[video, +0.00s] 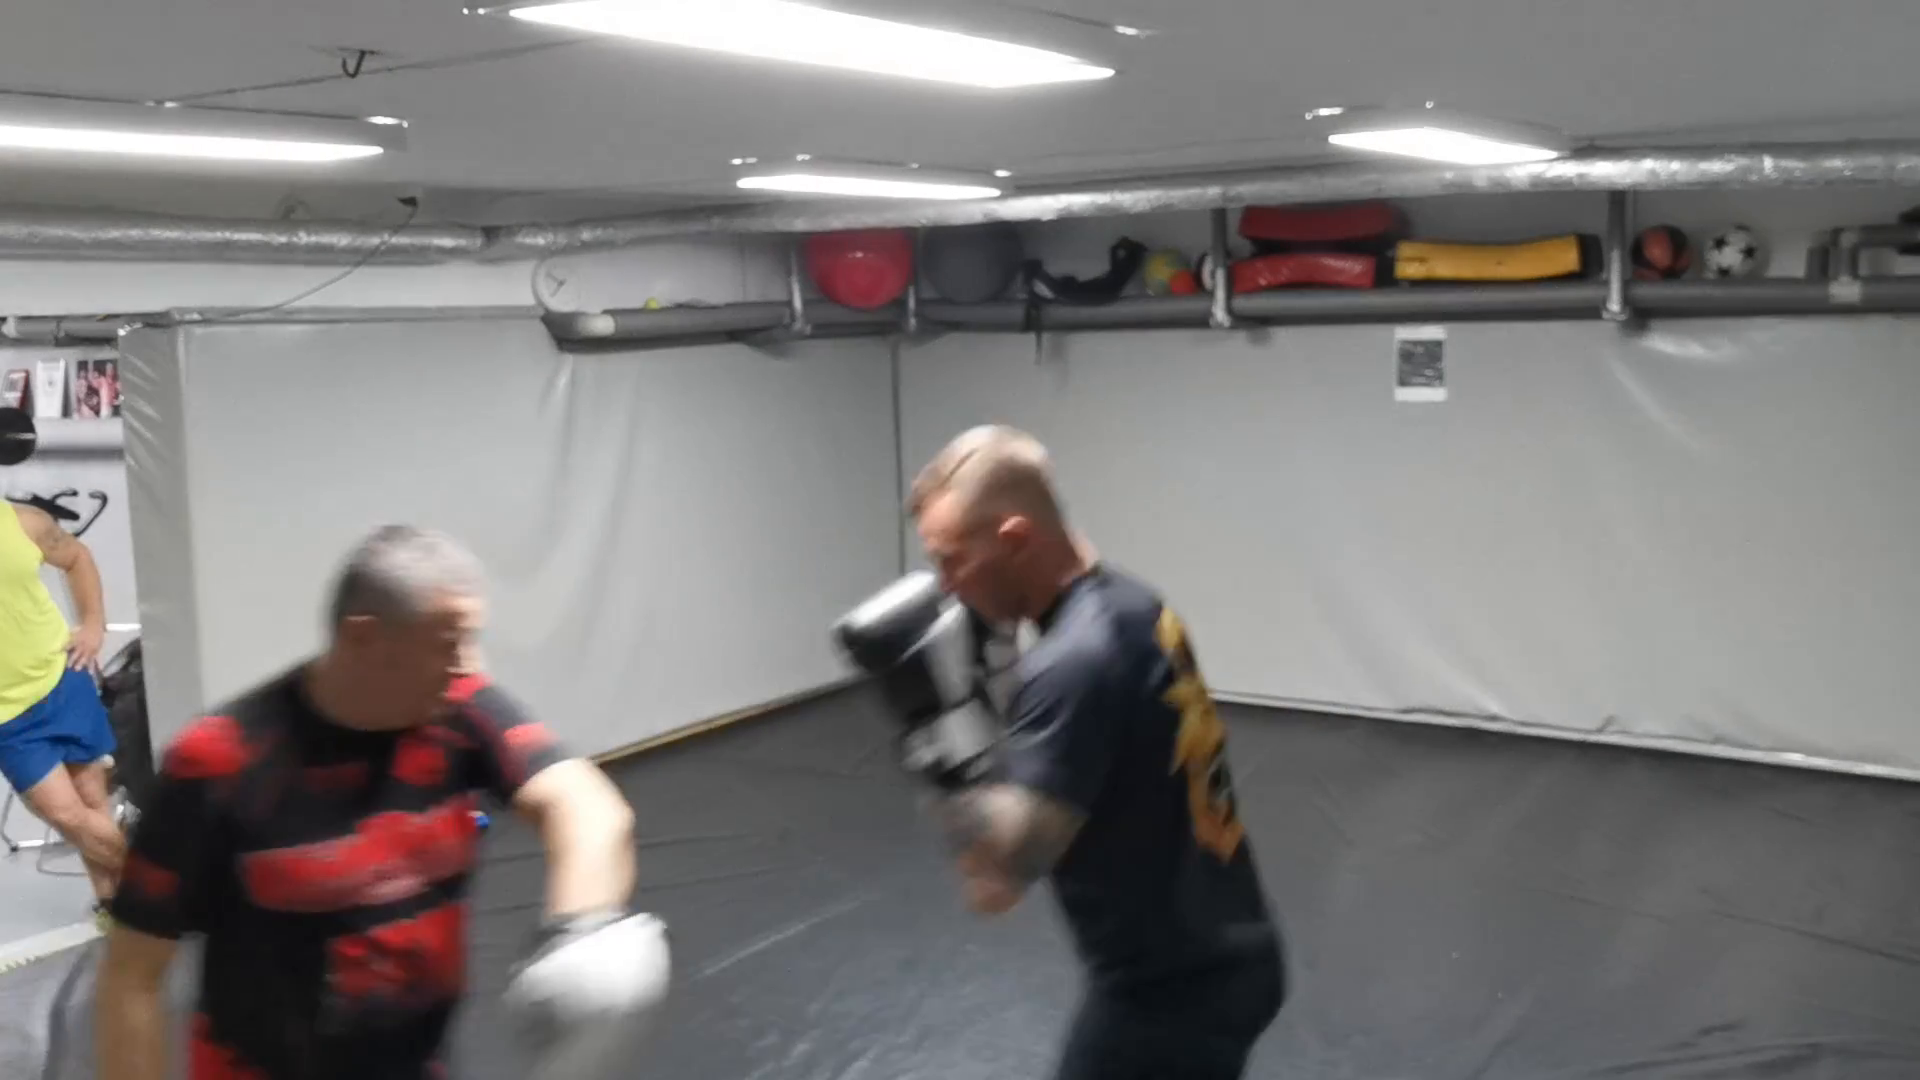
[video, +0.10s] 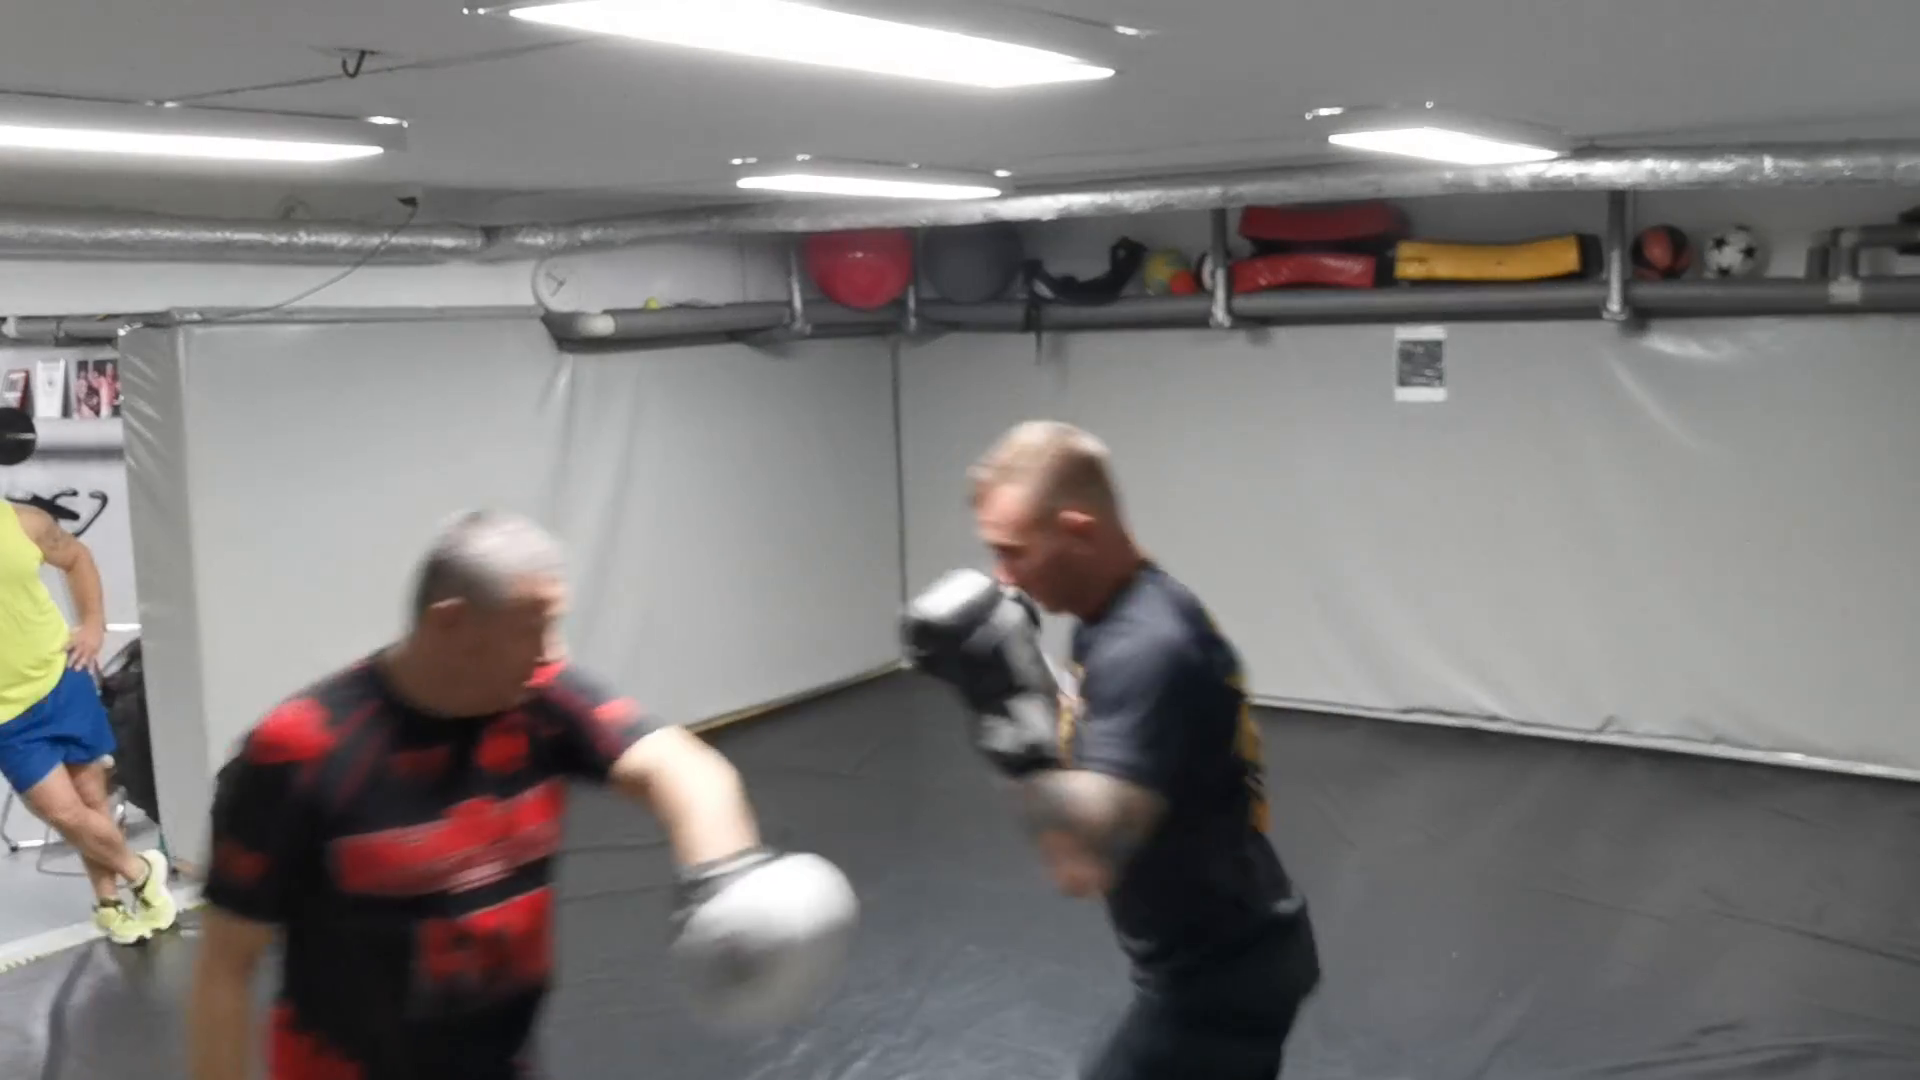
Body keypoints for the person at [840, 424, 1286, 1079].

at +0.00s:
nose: (945, 586)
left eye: (952, 561)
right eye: (938, 565)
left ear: (1016, 537)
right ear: (1022, 538)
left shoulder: (1076, 663)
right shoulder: (1126, 608)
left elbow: (1011, 855)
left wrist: (940, 724)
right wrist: (996, 865)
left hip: (1168, 987)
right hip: (1223, 955)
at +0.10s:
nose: (1000, 578)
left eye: (1012, 552)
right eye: (994, 554)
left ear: (1076, 532)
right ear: (1077, 534)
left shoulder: (1151, 646)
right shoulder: (1116, 622)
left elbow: (1101, 828)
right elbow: (1088, 749)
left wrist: (1006, 705)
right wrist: (1079, 852)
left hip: (1222, 969)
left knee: (1115, 1069)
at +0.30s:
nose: (1109, 586)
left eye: (1131, 562)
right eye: (1103, 560)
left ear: (1197, 546)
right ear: (1095, 545)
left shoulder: (1278, 655)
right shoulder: (1136, 643)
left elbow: (1331, 839)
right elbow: (1084, 761)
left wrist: (1224, 720)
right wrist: (1042, 698)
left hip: (1291, 945)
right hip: (1228, 937)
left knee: (1250, 1067)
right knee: (1265, 1063)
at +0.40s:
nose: (1157, 531)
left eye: (1177, 510)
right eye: (1143, 510)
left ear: (1238, 495)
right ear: (1127, 494)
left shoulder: (1306, 595)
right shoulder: (1131, 580)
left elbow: (1360, 770)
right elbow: (1063, 716)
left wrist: (1270, 654)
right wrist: (1043, 642)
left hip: (1295, 874)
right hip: (1210, 866)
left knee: (1261, 1066)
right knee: (1247, 1056)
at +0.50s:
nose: (1183, 497)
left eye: (1204, 478)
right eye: (1165, 476)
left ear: (1256, 456)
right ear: (1146, 458)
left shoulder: (1314, 546)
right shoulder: (1135, 541)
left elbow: (1342, 722)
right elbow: (1071, 685)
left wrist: (1259, 598)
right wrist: (1052, 617)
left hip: (1292, 853)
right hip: (1187, 848)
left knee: (1313, 1069)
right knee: (1147, 1056)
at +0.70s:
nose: (1152, 564)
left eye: (1172, 541)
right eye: (1134, 542)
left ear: (1209, 523)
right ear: (1111, 528)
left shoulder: (1269, 597)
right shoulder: (1097, 619)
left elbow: (1340, 746)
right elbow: (1002, 770)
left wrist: (1231, 686)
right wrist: (1016, 680)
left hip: (1293, 879)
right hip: (1167, 880)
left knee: (1384, 1060)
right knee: (1056, 1059)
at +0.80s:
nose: (1091, 560)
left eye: (1108, 539)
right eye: (1071, 540)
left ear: (1135, 515)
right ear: (1040, 519)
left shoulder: (1192, 575)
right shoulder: (1023, 608)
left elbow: (1295, 697)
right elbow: (965, 737)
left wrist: (1235, 671)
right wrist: (988, 670)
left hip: (1213, 847)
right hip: (1095, 853)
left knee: (1329, 1027)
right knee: (1013, 1049)